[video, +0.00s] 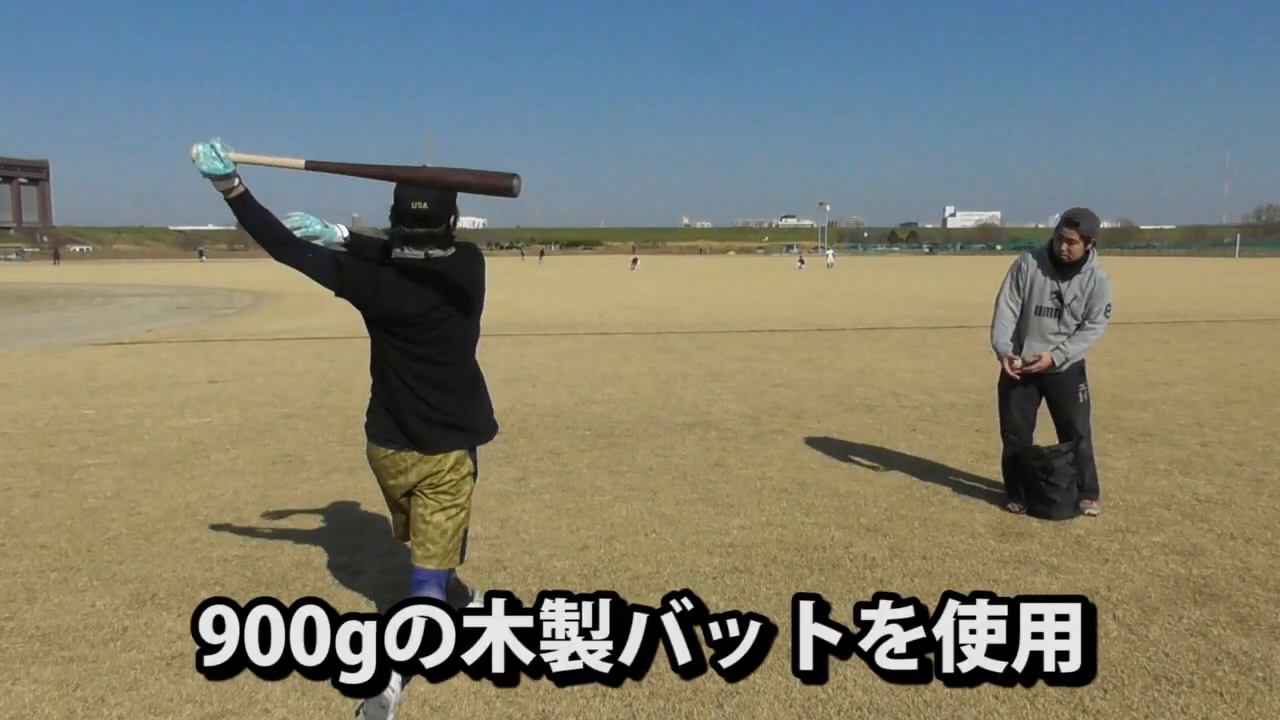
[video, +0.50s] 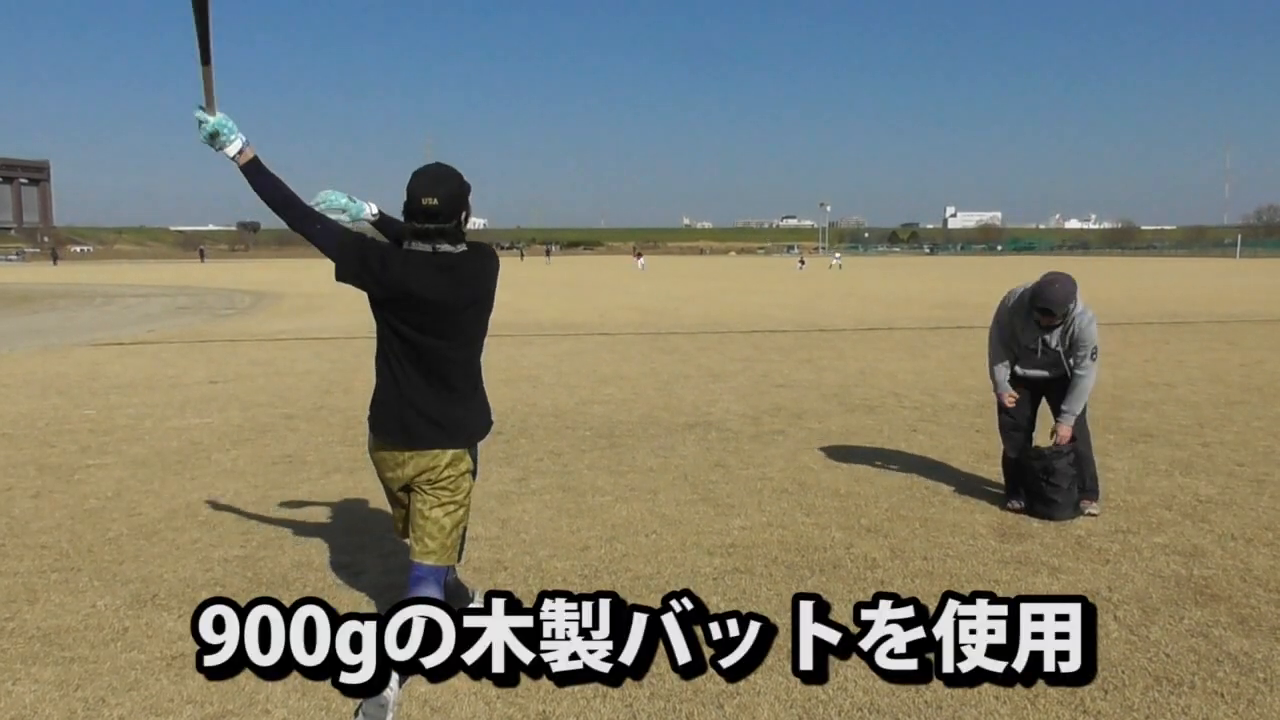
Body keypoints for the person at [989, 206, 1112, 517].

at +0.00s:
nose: (1063, 247)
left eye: (1072, 242)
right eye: (1060, 239)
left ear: (1089, 244)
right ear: (1053, 235)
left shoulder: (1097, 280)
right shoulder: (1028, 265)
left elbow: (1092, 329)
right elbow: (1006, 308)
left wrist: (1055, 357)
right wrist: (1004, 349)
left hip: (1066, 366)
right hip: (1019, 363)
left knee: (1077, 432)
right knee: (1015, 433)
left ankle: (1087, 494)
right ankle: (1016, 493)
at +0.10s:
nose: (1065, 262)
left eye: (1073, 257)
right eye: (1061, 254)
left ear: (1088, 255)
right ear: (1053, 246)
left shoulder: (1097, 285)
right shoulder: (1028, 271)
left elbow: (1092, 335)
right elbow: (1007, 314)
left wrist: (1060, 368)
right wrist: (1006, 356)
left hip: (1066, 366)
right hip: (1021, 363)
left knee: (1078, 432)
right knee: (1015, 435)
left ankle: (1087, 495)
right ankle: (1016, 494)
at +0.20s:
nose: (1067, 280)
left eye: (1074, 276)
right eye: (1063, 274)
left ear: (1087, 270)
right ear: (1053, 262)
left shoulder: (1096, 295)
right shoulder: (1026, 279)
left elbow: (1093, 345)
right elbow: (1006, 321)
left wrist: (1073, 386)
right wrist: (1008, 364)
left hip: (1066, 373)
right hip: (1022, 369)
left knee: (1079, 436)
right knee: (1014, 435)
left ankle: (1088, 496)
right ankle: (1016, 495)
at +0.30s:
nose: (1065, 295)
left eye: (1073, 291)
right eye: (1061, 288)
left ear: (1083, 286)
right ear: (1051, 278)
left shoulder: (1093, 304)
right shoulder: (1024, 287)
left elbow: (1094, 355)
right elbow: (1004, 329)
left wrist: (1078, 401)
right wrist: (1007, 374)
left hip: (1065, 372)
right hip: (1023, 371)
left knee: (1077, 430)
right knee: (1015, 433)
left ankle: (1089, 495)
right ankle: (1017, 494)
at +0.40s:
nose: (1055, 310)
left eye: (1063, 306)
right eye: (1051, 303)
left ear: (1076, 300)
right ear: (1042, 292)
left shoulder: (1089, 312)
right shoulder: (1019, 297)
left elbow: (1091, 364)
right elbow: (1000, 339)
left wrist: (1075, 412)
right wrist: (1005, 381)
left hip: (1064, 376)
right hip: (1022, 374)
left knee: (1077, 430)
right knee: (1015, 432)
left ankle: (1088, 495)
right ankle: (1016, 494)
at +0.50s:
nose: (1044, 320)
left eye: (1052, 316)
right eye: (1039, 313)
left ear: (1067, 310)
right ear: (1033, 301)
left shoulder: (1082, 321)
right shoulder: (1013, 305)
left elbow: (1085, 372)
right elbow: (998, 345)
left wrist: (1067, 419)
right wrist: (1002, 385)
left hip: (1062, 379)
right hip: (1021, 377)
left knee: (1076, 433)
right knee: (1014, 434)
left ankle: (1087, 495)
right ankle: (1015, 494)